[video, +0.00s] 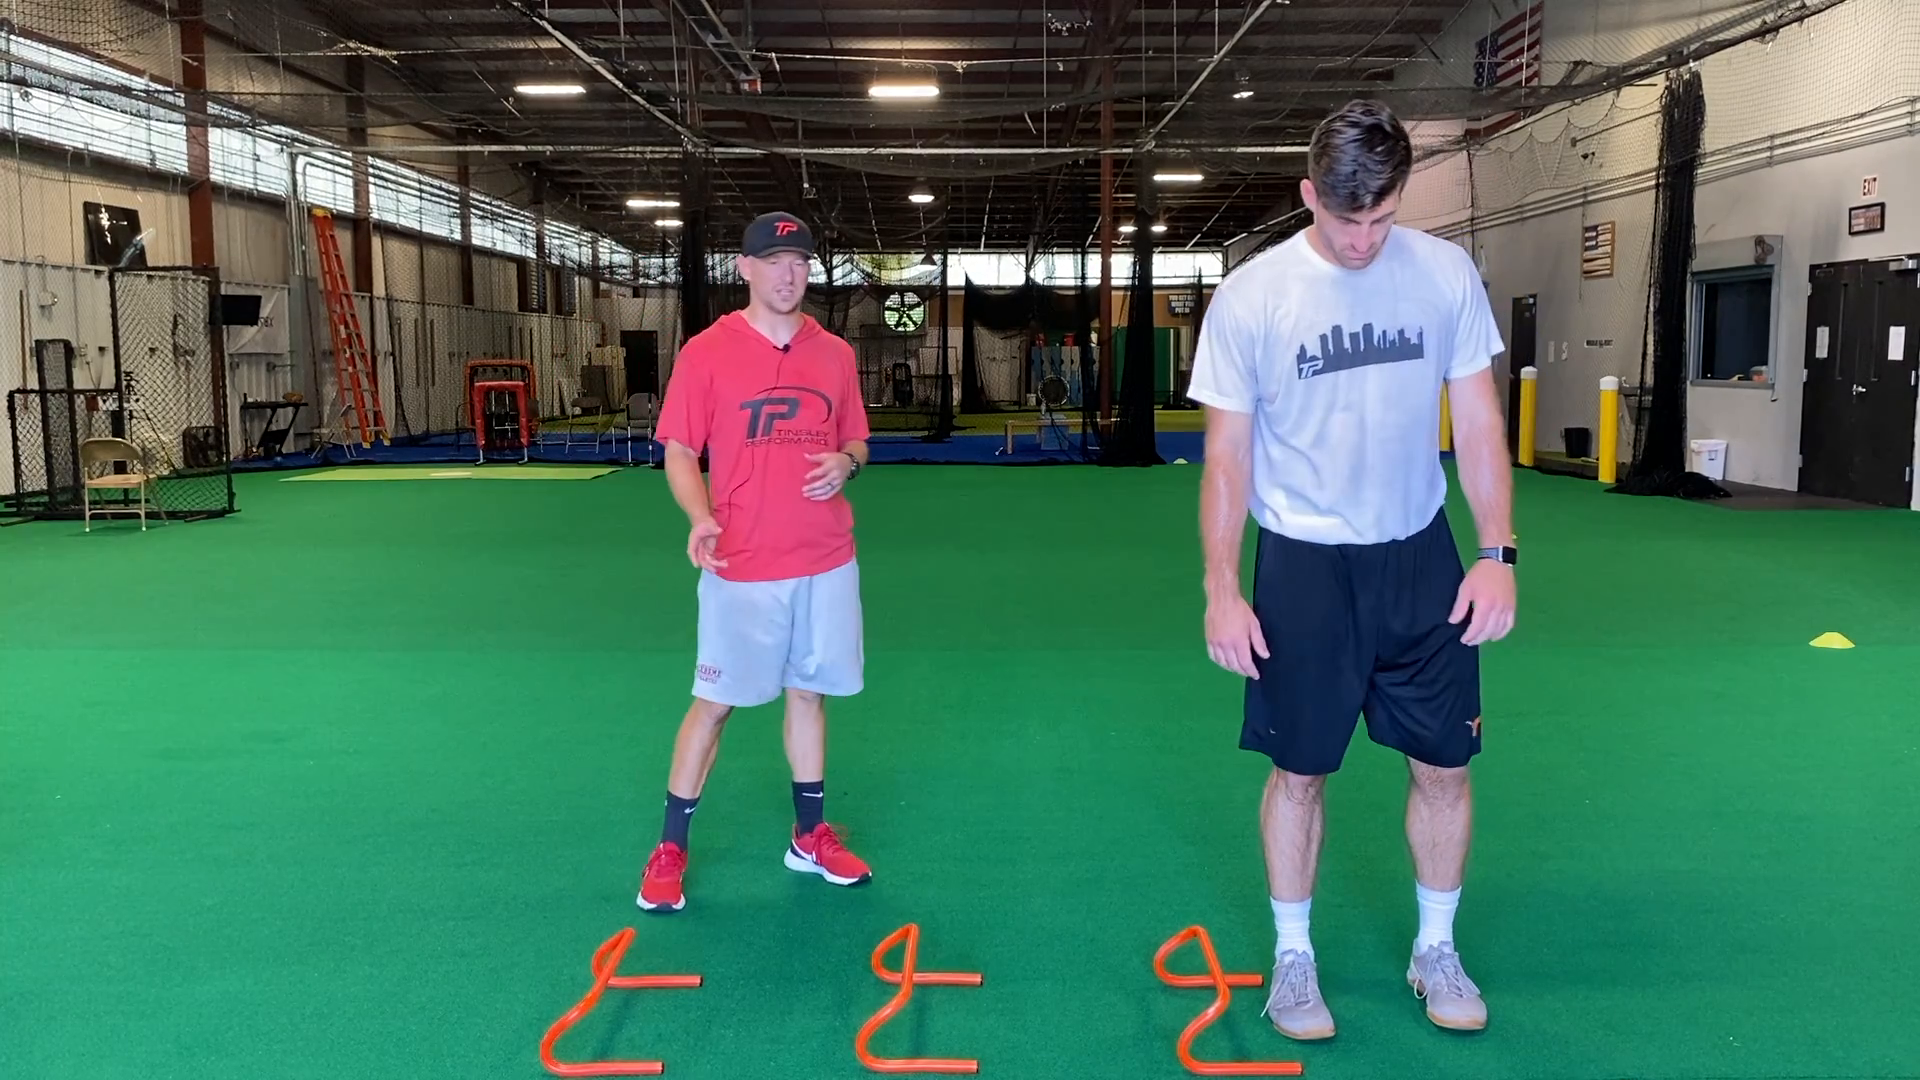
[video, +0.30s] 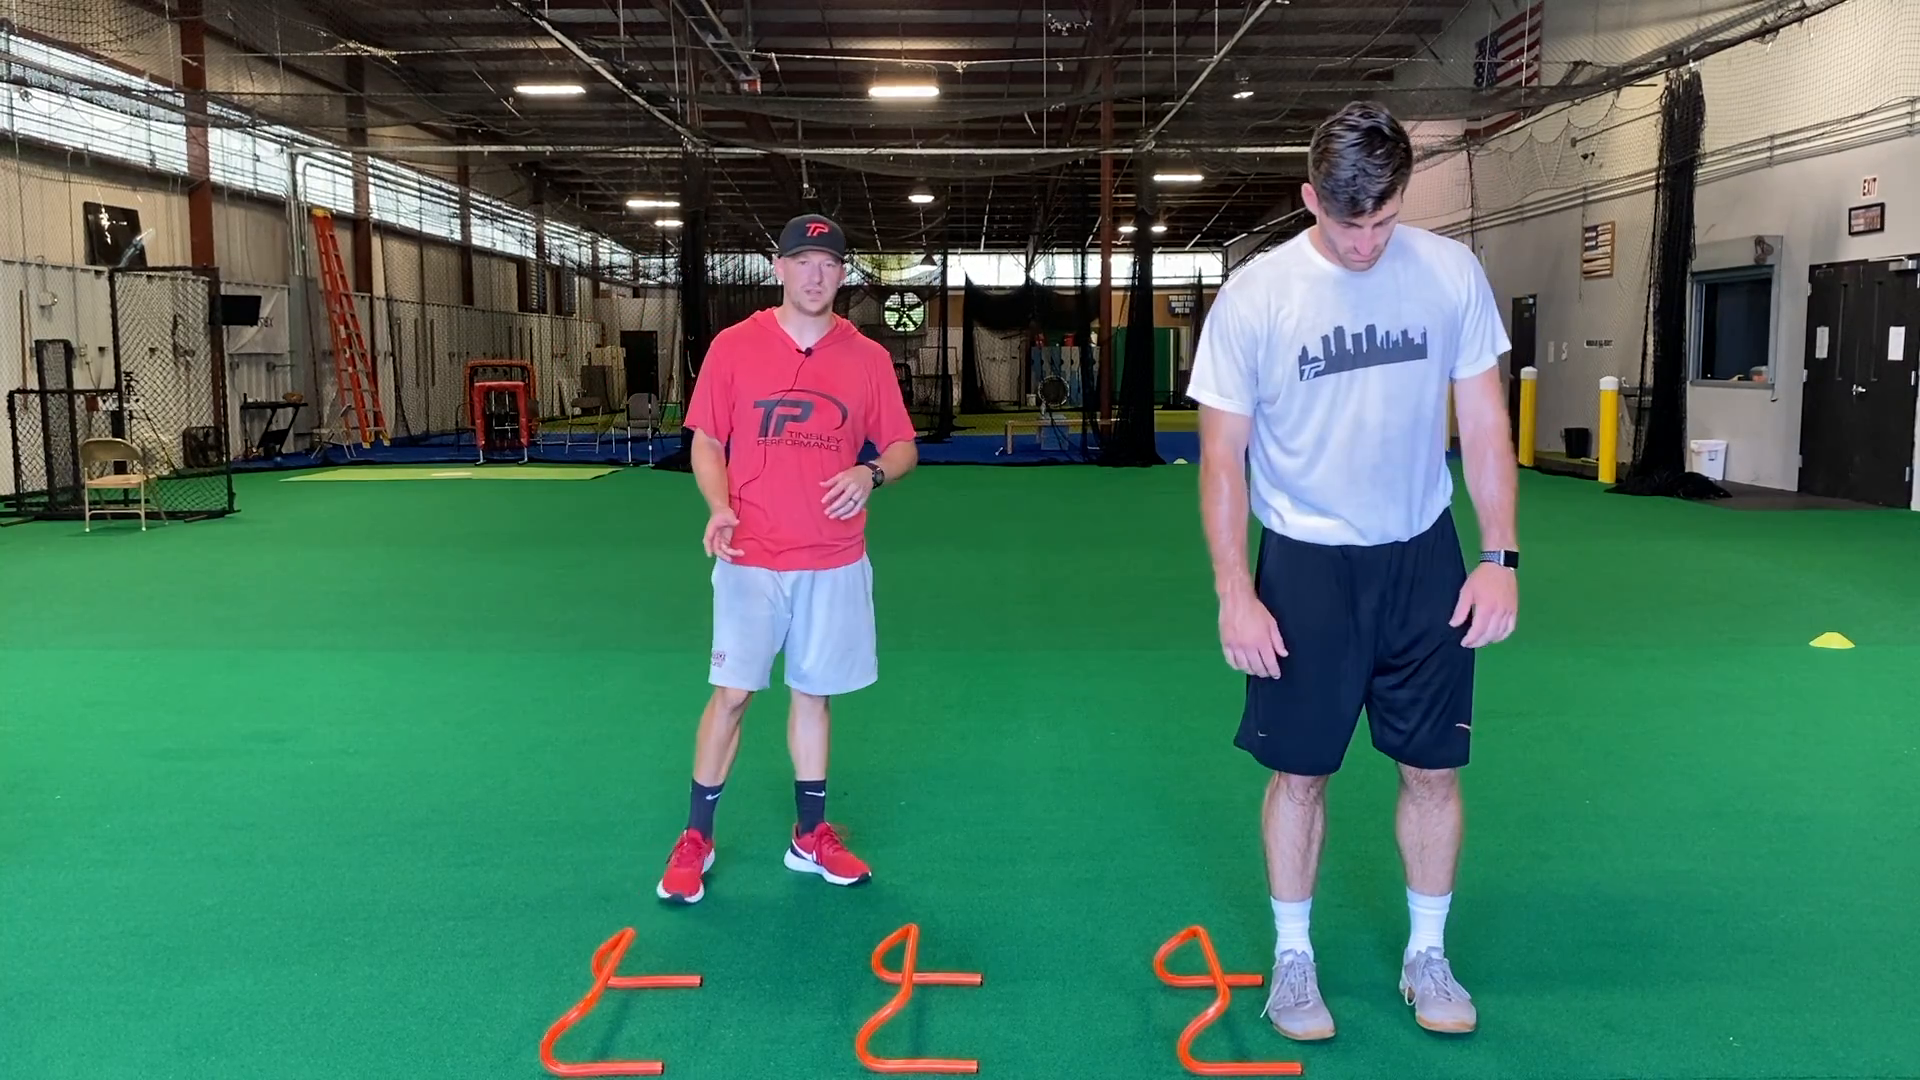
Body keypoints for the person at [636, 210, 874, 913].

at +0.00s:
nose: (788, 273)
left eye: (798, 261)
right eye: (774, 261)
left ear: (810, 271)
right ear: (744, 268)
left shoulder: (836, 356)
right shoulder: (706, 353)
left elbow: (854, 442)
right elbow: (678, 451)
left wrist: (847, 459)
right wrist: (700, 515)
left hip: (823, 560)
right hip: (740, 564)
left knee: (808, 691)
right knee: (714, 700)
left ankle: (810, 833)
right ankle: (671, 849)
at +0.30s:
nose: (816, 274)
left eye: (828, 264)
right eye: (803, 261)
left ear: (844, 275)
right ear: (779, 268)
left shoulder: (869, 360)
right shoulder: (734, 346)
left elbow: (903, 448)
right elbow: (705, 440)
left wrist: (871, 471)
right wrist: (719, 506)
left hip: (831, 559)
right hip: (751, 554)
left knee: (813, 692)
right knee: (732, 692)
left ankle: (812, 834)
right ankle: (696, 837)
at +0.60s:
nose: (821, 282)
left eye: (829, 270)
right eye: (808, 269)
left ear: (840, 276)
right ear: (777, 272)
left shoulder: (863, 362)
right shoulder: (729, 349)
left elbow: (886, 452)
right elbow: (699, 441)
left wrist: (858, 463)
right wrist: (716, 503)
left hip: (828, 559)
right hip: (746, 558)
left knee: (813, 688)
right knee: (722, 694)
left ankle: (811, 831)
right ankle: (708, 771)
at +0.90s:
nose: (776, 284)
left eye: (784, 272)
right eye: (761, 273)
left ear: (793, 277)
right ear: (732, 279)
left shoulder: (823, 359)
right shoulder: (695, 357)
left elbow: (849, 441)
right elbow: (671, 445)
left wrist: (862, 452)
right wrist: (691, 501)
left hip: (800, 555)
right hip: (719, 557)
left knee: (795, 684)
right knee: (712, 681)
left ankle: (810, 829)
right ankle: (711, 791)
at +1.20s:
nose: (720, 289)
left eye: (727, 276)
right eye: (705, 280)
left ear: (738, 278)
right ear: (679, 286)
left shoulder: (784, 348)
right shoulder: (658, 360)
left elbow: (827, 437)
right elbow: (642, 450)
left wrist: (860, 404)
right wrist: (647, 506)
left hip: (765, 546)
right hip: (686, 549)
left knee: (777, 673)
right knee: (699, 670)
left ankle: (798, 810)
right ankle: (708, 795)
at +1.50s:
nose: (703, 287)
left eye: (710, 275)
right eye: (689, 279)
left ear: (722, 276)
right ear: (664, 287)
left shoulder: (768, 343)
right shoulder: (648, 361)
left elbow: (803, 432)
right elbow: (638, 448)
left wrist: (761, 403)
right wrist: (641, 500)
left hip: (761, 536)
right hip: (683, 542)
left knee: (780, 659)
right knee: (699, 662)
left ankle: (780, 767)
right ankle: (708, 791)